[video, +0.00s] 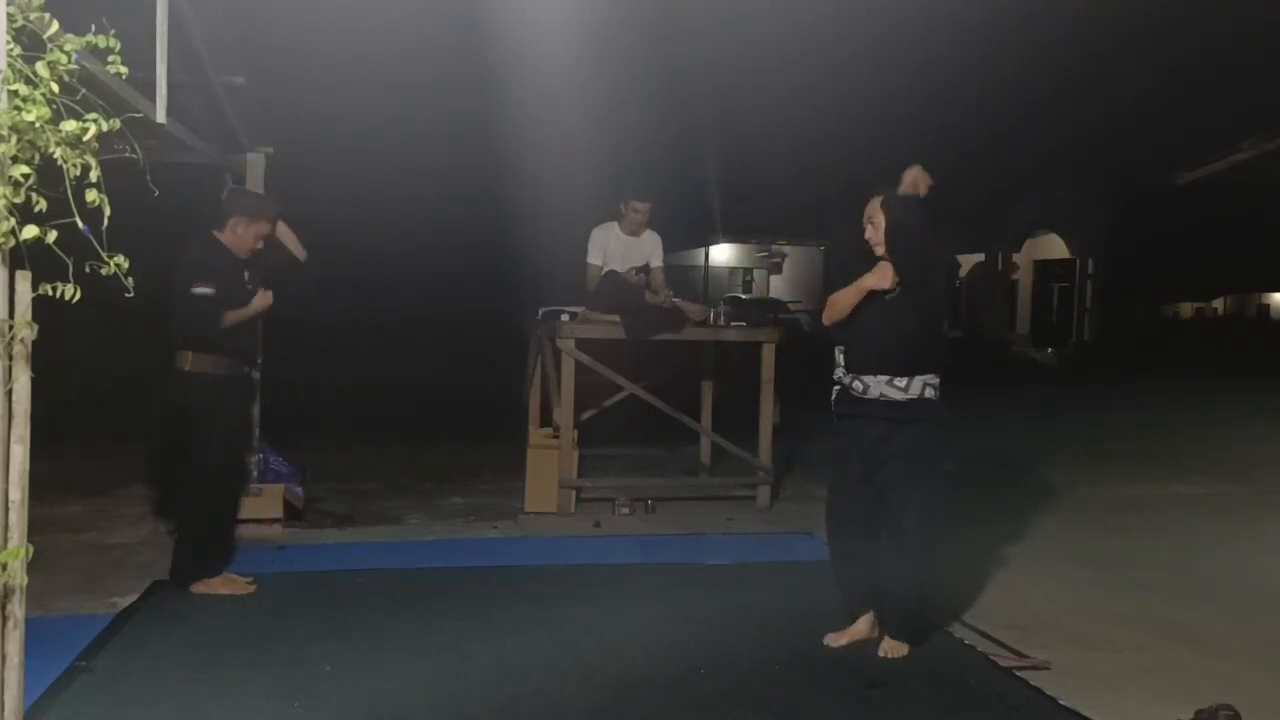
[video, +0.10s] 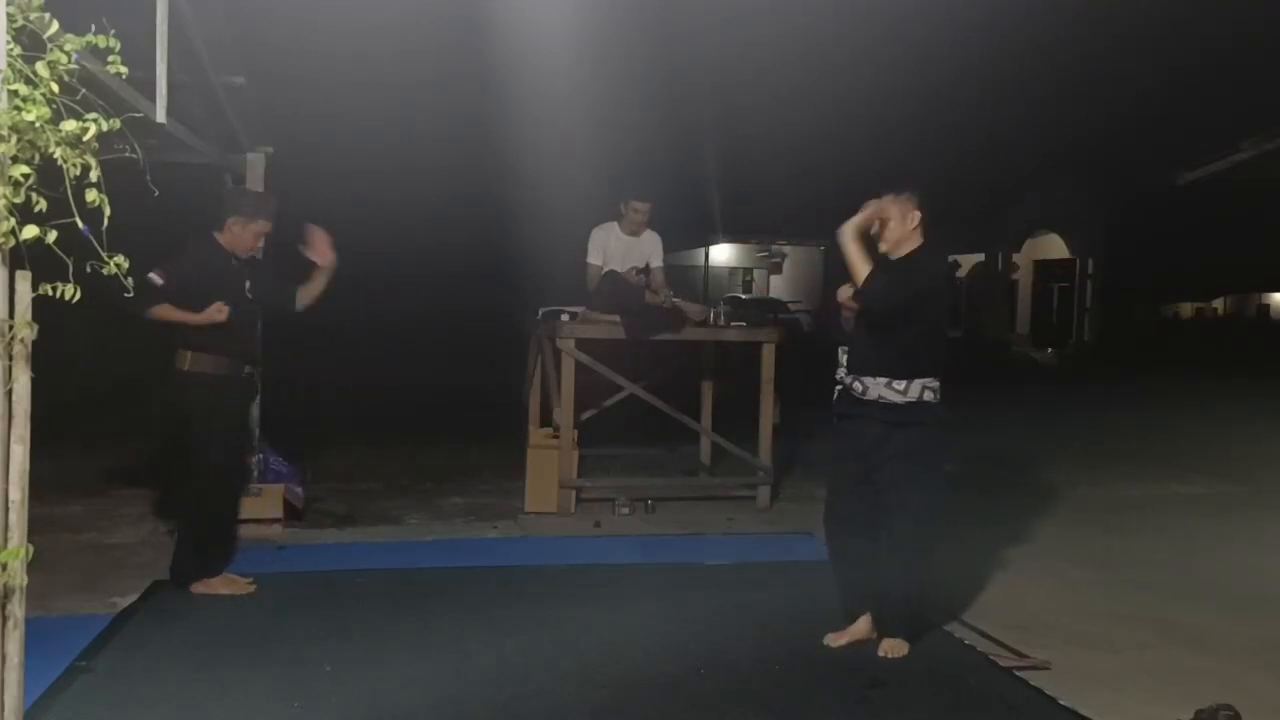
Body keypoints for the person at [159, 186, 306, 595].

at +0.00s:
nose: (259, 244)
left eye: (264, 237)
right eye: (258, 235)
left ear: (240, 228)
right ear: (235, 225)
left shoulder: (239, 260)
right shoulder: (205, 258)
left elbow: (297, 260)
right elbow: (199, 322)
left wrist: (270, 216)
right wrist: (253, 309)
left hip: (228, 381)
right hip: (205, 383)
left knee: (224, 472)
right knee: (209, 473)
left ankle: (211, 567)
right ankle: (200, 572)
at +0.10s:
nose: (261, 244)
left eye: (265, 237)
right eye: (258, 235)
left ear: (243, 230)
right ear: (232, 225)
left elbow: (294, 302)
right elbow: (147, 303)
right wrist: (199, 318)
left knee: (226, 475)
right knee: (209, 476)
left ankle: (210, 568)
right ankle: (199, 573)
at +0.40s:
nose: (261, 237)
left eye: (263, 230)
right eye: (258, 229)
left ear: (234, 223)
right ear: (233, 222)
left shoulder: (209, 253)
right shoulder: (214, 259)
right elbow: (264, 305)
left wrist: (256, 271)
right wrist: (332, 289)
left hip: (204, 377)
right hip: (212, 381)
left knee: (211, 471)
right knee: (218, 473)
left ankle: (195, 567)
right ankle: (202, 572)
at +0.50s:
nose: (259, 237)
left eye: (261, 229)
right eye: (256, 228)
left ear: (231, 225)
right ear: (230, 222)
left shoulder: (206, 256)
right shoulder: (210, 262)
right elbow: (276, 287)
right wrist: (348, 285)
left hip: (202, 380)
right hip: (209, 384)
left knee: (211, 471)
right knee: (217, 473)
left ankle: (197, 567)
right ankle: (202, 573)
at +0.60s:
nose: (258, 233)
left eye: (260, 225)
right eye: (253, 226)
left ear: (235, 225)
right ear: (227, 222)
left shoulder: (214, 256)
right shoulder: (210, 261)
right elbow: (277, 288)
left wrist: (260, 271)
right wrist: (346, 284)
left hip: (213, 381)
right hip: (208, 384)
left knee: (215, 471)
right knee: (215, 473)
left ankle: (203, 566)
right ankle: (202, 573)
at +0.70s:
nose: (258, 235)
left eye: (260, 226)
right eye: (254, 225)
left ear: (230, 222)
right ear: (229, 220)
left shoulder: (211, 255)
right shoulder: (214, 261)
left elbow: (259, 294)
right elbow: (269, 301)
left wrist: (303, 284)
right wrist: (318, 288)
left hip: (211, 380)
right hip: (211, 383)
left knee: (215, 472)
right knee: (217, 475)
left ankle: (204, 566)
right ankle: (202, 572)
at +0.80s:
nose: (259, 231)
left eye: (261, 223)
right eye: (254, 222)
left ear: (232, 222)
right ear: (229, 220)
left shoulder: (231, 259)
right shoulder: (202, 256)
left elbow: (277, 289)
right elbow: (214, 308)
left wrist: (339, 294)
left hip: (226, 380)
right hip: (207, 382)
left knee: (224, 472)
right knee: (213, 474)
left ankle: (211, 566)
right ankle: (203, 573)